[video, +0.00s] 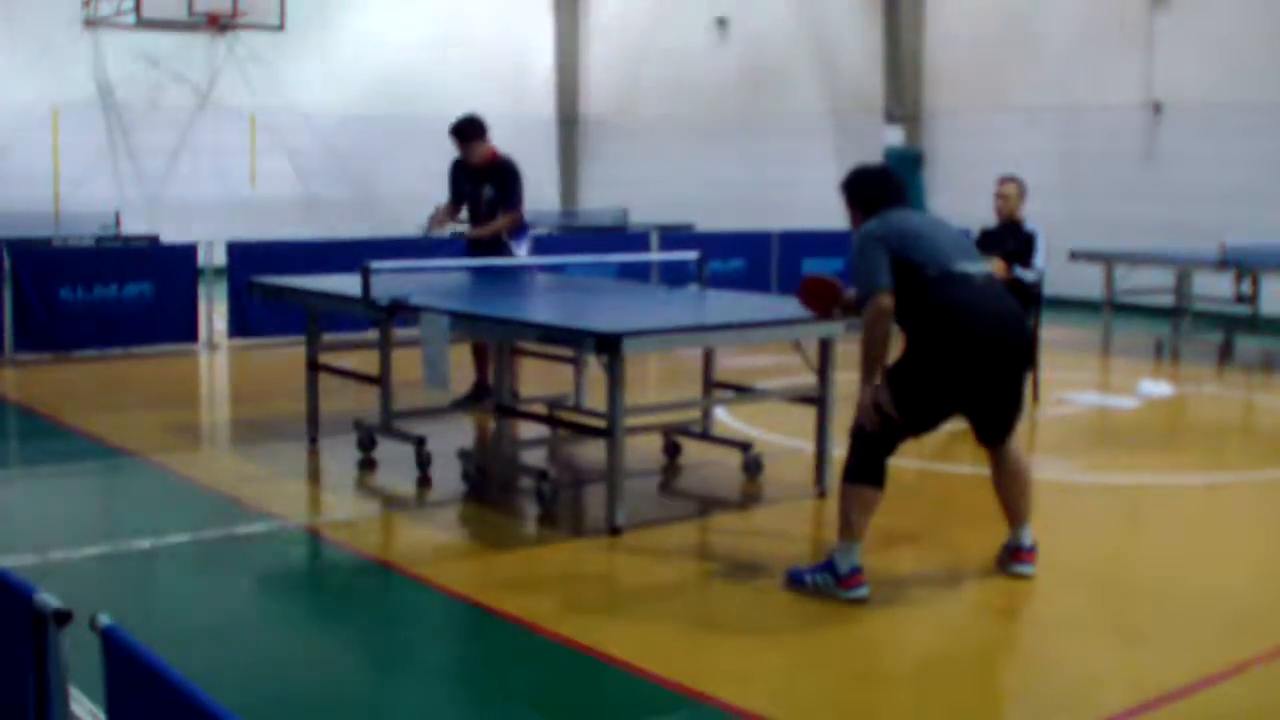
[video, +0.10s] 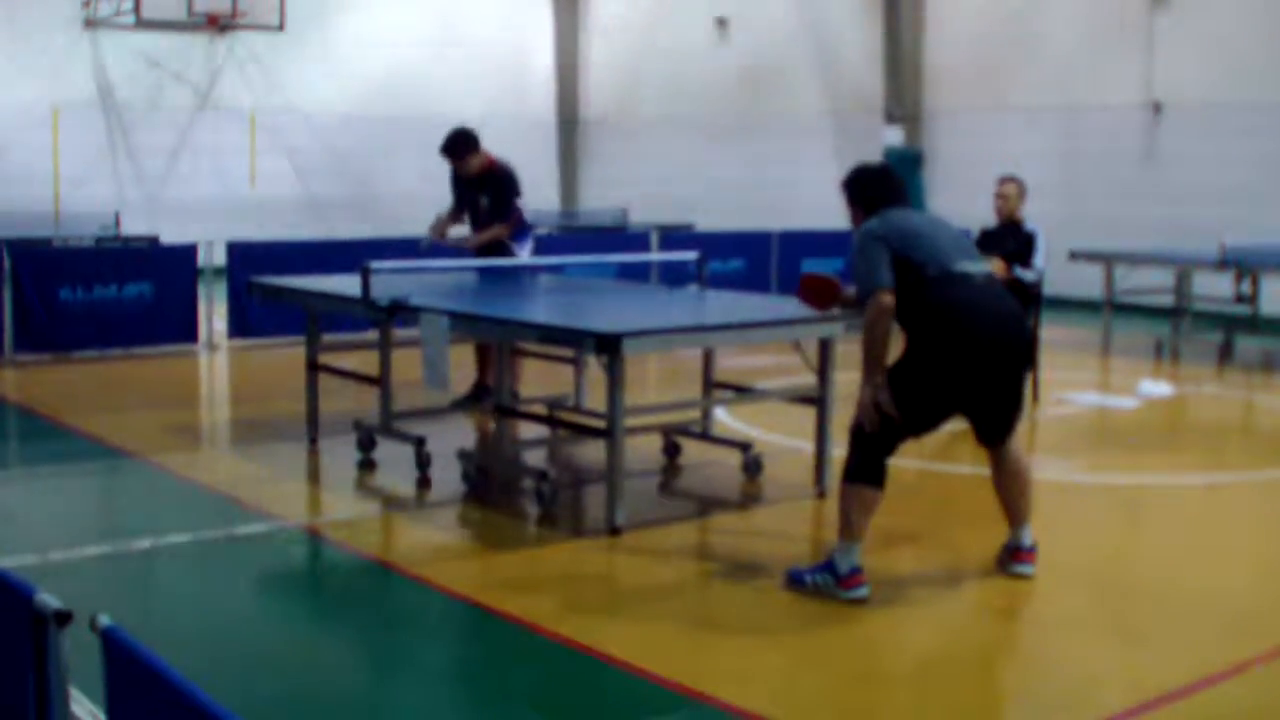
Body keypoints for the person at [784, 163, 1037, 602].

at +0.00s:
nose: (849, 219)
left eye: (849, 210)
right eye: (848, 210)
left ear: (858, 208)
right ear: (899, 196)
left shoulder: (872, 235)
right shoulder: (937, 226)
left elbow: (881, 305)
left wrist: (870, 382)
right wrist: (856, 304)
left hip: (944, 353)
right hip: (1006, 346)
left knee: (871, 439)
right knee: (999, 438)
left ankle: (845, 561)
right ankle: (1023, 542)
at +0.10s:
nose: (850, 218)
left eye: (850, 209)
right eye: (849, 209)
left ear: (858, 207)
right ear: (899, 196)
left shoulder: (872, 233)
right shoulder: (937, 226)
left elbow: (882, 302)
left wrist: (872, 380)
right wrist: (855, 302)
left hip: (944, 352)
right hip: (1006, 347)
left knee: (871, 438)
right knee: (999, 438)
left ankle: (845, 562)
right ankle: (1023, 542)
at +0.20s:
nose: (850, 219)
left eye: (850, 210)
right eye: (849, 210)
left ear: (859, 207)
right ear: (900, 197)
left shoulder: (873, 233)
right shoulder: (936, 225)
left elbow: (881, 303)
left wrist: (870, 383)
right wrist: (852, 299)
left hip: (944, 352)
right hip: (1006, 346)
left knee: (867, 437)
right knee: (998, 439)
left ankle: (844, 562)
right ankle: (1022, 542)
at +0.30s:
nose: (849, 219)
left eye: (849, 209)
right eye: (848, 209)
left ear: (859, 208)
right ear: (900, 197)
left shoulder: (872, 232)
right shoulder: (936, 224)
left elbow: (884, 294)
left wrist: (873, 380)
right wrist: (849, 294)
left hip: (944, 350)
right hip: (1005, 345)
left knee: (866, 439)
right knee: (997, 436)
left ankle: (845, 562)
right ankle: (1022, 541)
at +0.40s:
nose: (849, 218)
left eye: (848, 208)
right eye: (847, 208)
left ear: (857, 206)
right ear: (899, 194)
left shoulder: (872, 229)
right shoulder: (936, 222)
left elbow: (889, 281)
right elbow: (934, 279)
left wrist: (879, 368)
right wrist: (857, 292)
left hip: (942, 347)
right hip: (1004, 342)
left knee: (867, 437)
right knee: (997, 435)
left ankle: (845, 561)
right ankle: (1022, 539)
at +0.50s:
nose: (849, 215)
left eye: (848, 206)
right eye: (847, 206)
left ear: (857, 204)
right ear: (900, 192)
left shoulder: (872, 227)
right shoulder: (934, 221)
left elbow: (892, 274)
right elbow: (932, 278)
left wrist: (882, 360)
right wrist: (856, 291)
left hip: (941, 346)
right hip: (1002, 342)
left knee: (863, 435)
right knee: (997, 435)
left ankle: (844, 558)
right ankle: (1022, 537)